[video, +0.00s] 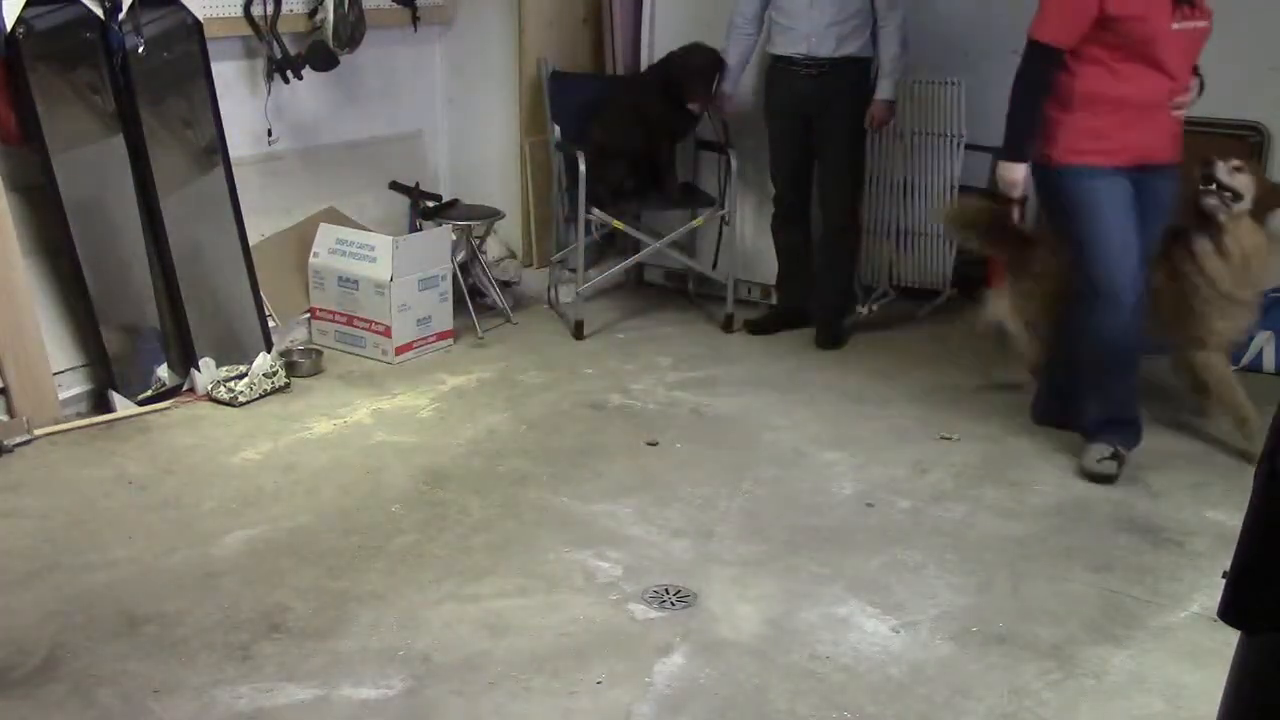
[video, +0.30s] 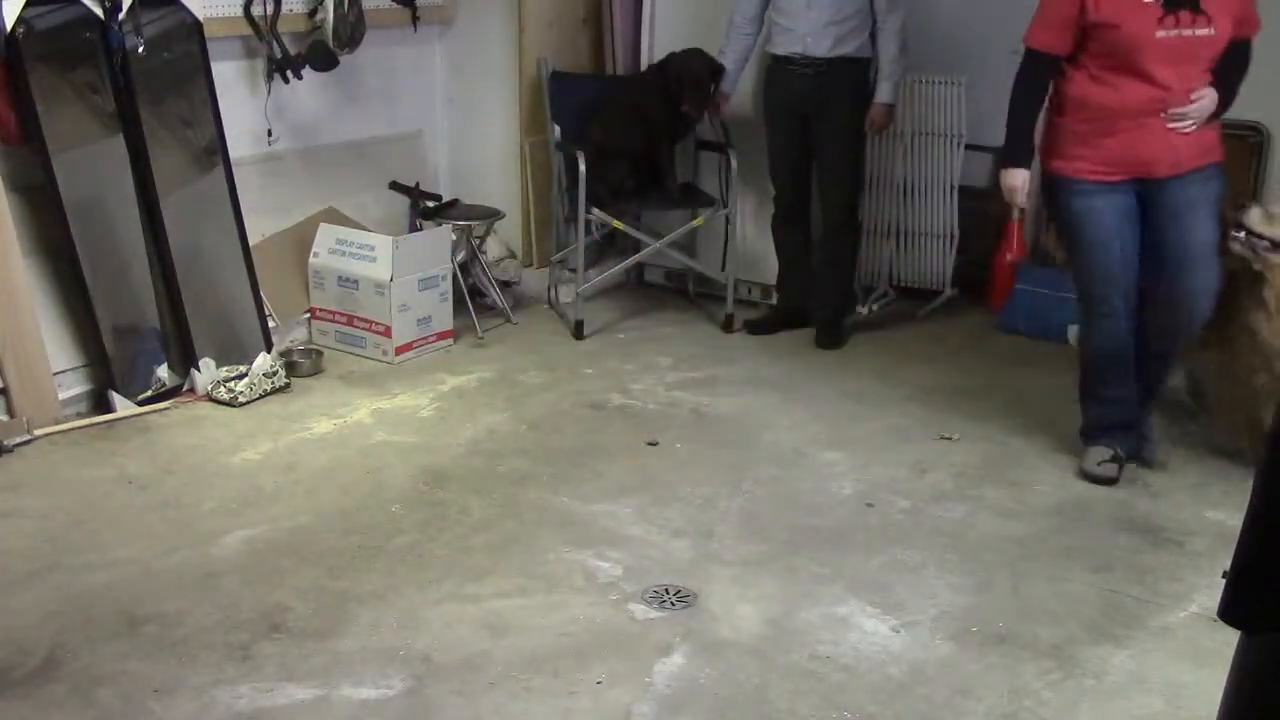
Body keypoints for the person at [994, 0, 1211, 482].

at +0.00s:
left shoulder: (1194, 6)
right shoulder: (1083, 5)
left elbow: (1169, 46)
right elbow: (1041, 55)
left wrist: (1191, 78)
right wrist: (1015, 153)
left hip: (1156, 151)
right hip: (1084, 148)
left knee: (1118, 287)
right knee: (1117, 288)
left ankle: (1061, 400)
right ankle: (1108, 433)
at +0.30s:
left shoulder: (1229, 2)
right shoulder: (1076, 4)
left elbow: (1240, 39)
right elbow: (1039, 59)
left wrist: (1219, 92)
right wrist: (1016, 154)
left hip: (1186, 157)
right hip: (1092, 156)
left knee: (1190, 296)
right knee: (1109, 302)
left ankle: (1134, 410)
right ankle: (1104, 435)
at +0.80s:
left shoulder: (1253, 5)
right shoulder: (1086, 2)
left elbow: (1278, 75)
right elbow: (1048, 61)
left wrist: (1214, 127)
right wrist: (1007, 160)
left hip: (1197, 189)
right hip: (1086, 181)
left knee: (1164, 362)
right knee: (1075, 345)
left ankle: (1160, 521)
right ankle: (1105, 428)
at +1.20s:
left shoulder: (1151, 5)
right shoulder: (999, 5)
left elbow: (1194, 97)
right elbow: (988, 94)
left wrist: (1077, 158)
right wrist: (963, 192)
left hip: (1105, 233)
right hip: (994, 220)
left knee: (1109, 408)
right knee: (974, 394)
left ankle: (1128, 574)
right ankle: (980, 568)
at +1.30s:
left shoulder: (1112, 6)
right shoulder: (965, 8)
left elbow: (1147, 93)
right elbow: (958, 98)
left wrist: (1025, 153)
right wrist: (916, 188)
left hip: (1059, 227)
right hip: (963, 217)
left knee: (1044, 402)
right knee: (960, 401)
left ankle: (1058, 563)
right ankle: (973, 565)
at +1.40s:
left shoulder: (1071, 7)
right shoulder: (924, 9)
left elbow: (1104, 88)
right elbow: (917, 105)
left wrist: (981, 149)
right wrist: (873, 184)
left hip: (1026, 220)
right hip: (938, 214)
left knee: (995, 405)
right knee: (929, 405)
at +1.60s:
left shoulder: (956, 6)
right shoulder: (848, 11)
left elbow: (988, 97)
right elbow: (838, 110)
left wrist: (869, 163)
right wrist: (800, 197)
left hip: (923, 235)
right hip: (866, 230)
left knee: (846, 429)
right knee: (923, 421)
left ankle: (785, 631)